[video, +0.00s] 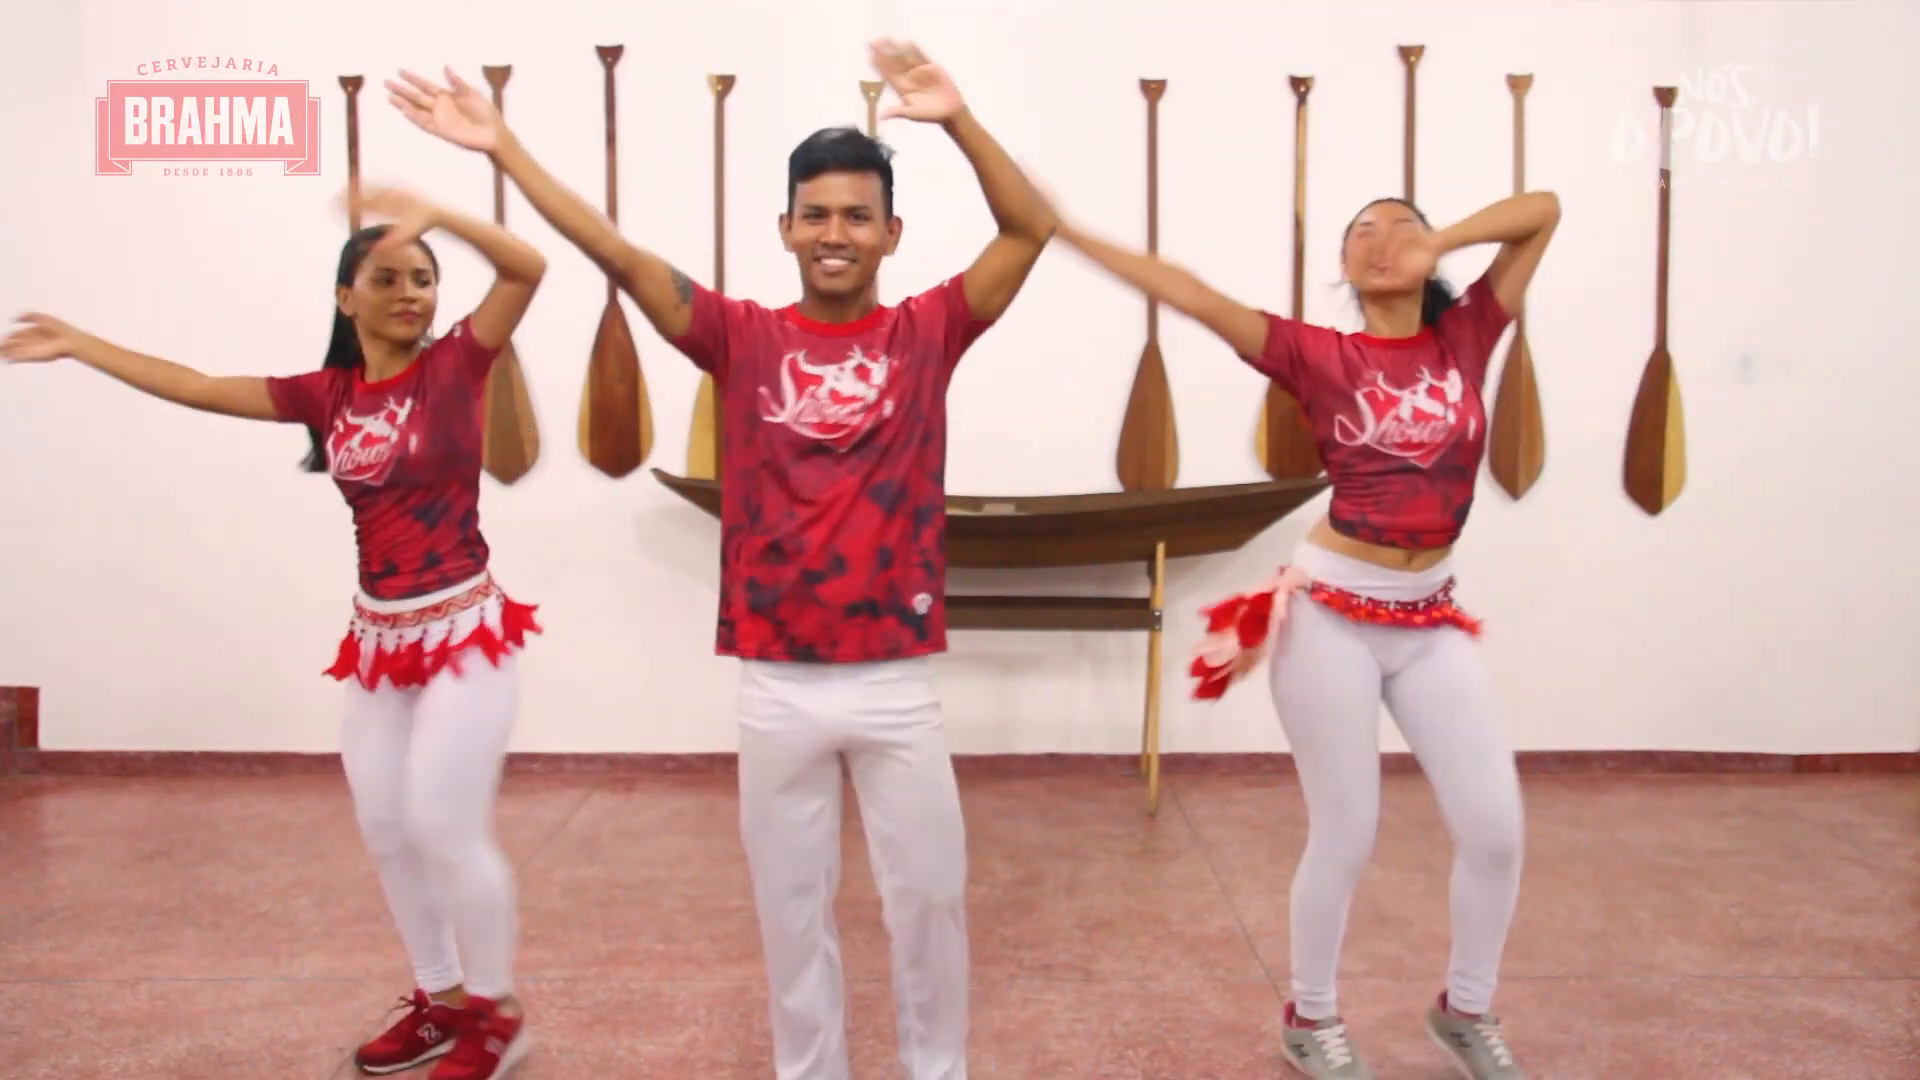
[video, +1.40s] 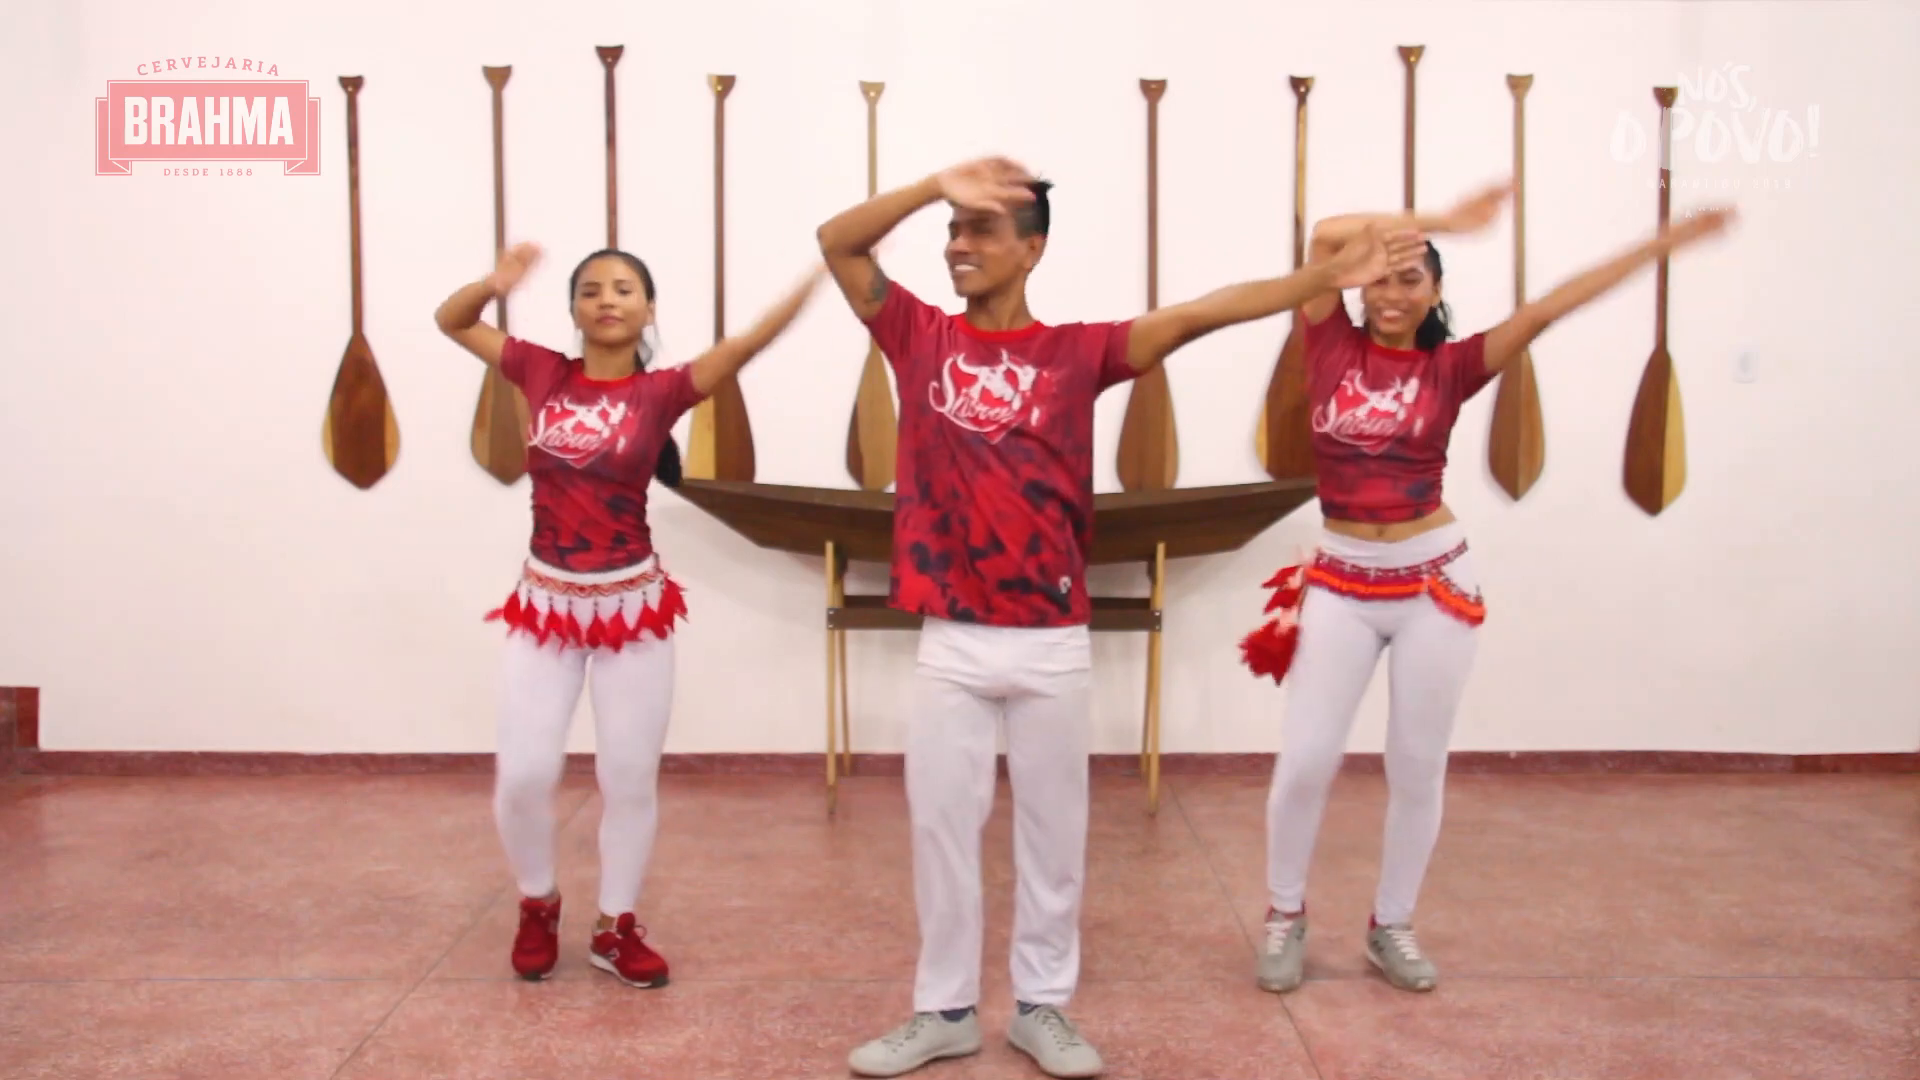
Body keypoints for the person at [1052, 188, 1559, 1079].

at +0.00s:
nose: (1381, 234)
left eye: (1400, 226)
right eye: (1363, 229)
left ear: (1431, 262)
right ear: (1345, 267)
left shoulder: (1465, 340)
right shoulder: (1321, 354)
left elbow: (1541, 212)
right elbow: (1190, 294)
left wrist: (1441, 240)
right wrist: (1071, 232)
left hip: (1428, 620)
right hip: (1329, 615)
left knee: (1495, 826)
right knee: (1346, 828)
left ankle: (1468, 1011)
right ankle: (1312, 1019)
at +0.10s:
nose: (1401, 244)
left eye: (1412, 238)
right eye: (1379, 236)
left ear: (1425, 269)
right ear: (1343, 269)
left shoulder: (1443, 346)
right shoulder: (1315, 349)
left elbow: (1525, 232)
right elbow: (1224, 249)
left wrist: (1457, 178)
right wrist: (1134, 159)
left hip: (1414, 619)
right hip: (1319, 615)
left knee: (1510, 805)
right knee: (1345, 824)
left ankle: (1447, 988)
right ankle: (1314, 1022)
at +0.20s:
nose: (1401, 242)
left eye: (1407, 232)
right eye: (1377, 232)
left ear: (1417, 263)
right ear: (1331, 263)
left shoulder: (1426, 335)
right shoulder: (1313, 333)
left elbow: (1505, 235)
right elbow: (1276, 211)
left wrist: (1514, 125)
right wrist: (1232, 81)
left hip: (1409, 607)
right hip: (1322, 607)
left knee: (1498, 796)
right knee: (1345, 823)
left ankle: (1414, 943)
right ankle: (1313, 1019)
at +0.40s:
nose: (1391, 244)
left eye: (1399, 236)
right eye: (1371, 234)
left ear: (1408, 264)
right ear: (1334, 260)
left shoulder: (1414, 337)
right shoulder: (1317, 330)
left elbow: (1507, 262)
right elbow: (1324, 188)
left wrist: (1589, 171)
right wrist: (1402, 62)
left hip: (1411, 597)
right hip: (1336, 597)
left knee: (1413, 780)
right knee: (1358, 819)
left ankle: (1378, 916)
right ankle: (1311, 1019)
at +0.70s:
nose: (1405, 283)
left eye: (1411, 272)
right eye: (1388, 270)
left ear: (1418, 290)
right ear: (1353, 286)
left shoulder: (1410, 365)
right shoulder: (1333, 355)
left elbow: (1513, 341)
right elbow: (1381, 220)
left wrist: (1620, 313)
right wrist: (1497, 204)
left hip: (1400, 605)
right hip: (1341, 606)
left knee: (1400, 784)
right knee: (1364, 800)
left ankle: (1353, 945)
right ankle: (1310, 1018)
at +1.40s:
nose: (1391, 292)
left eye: (1409, 276)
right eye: (1380, 277)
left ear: (1434, 290)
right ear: (1358, 289)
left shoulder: (1449, 368)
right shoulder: (1329, 351)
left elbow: (1548, 306)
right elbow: (1321, 241)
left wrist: (1663, 241)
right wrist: (1440, 214)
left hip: (1434, 585)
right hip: (1339, 584)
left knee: (1417, 770)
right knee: (1302, 766)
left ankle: (1391, 927)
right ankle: (1282, 919)